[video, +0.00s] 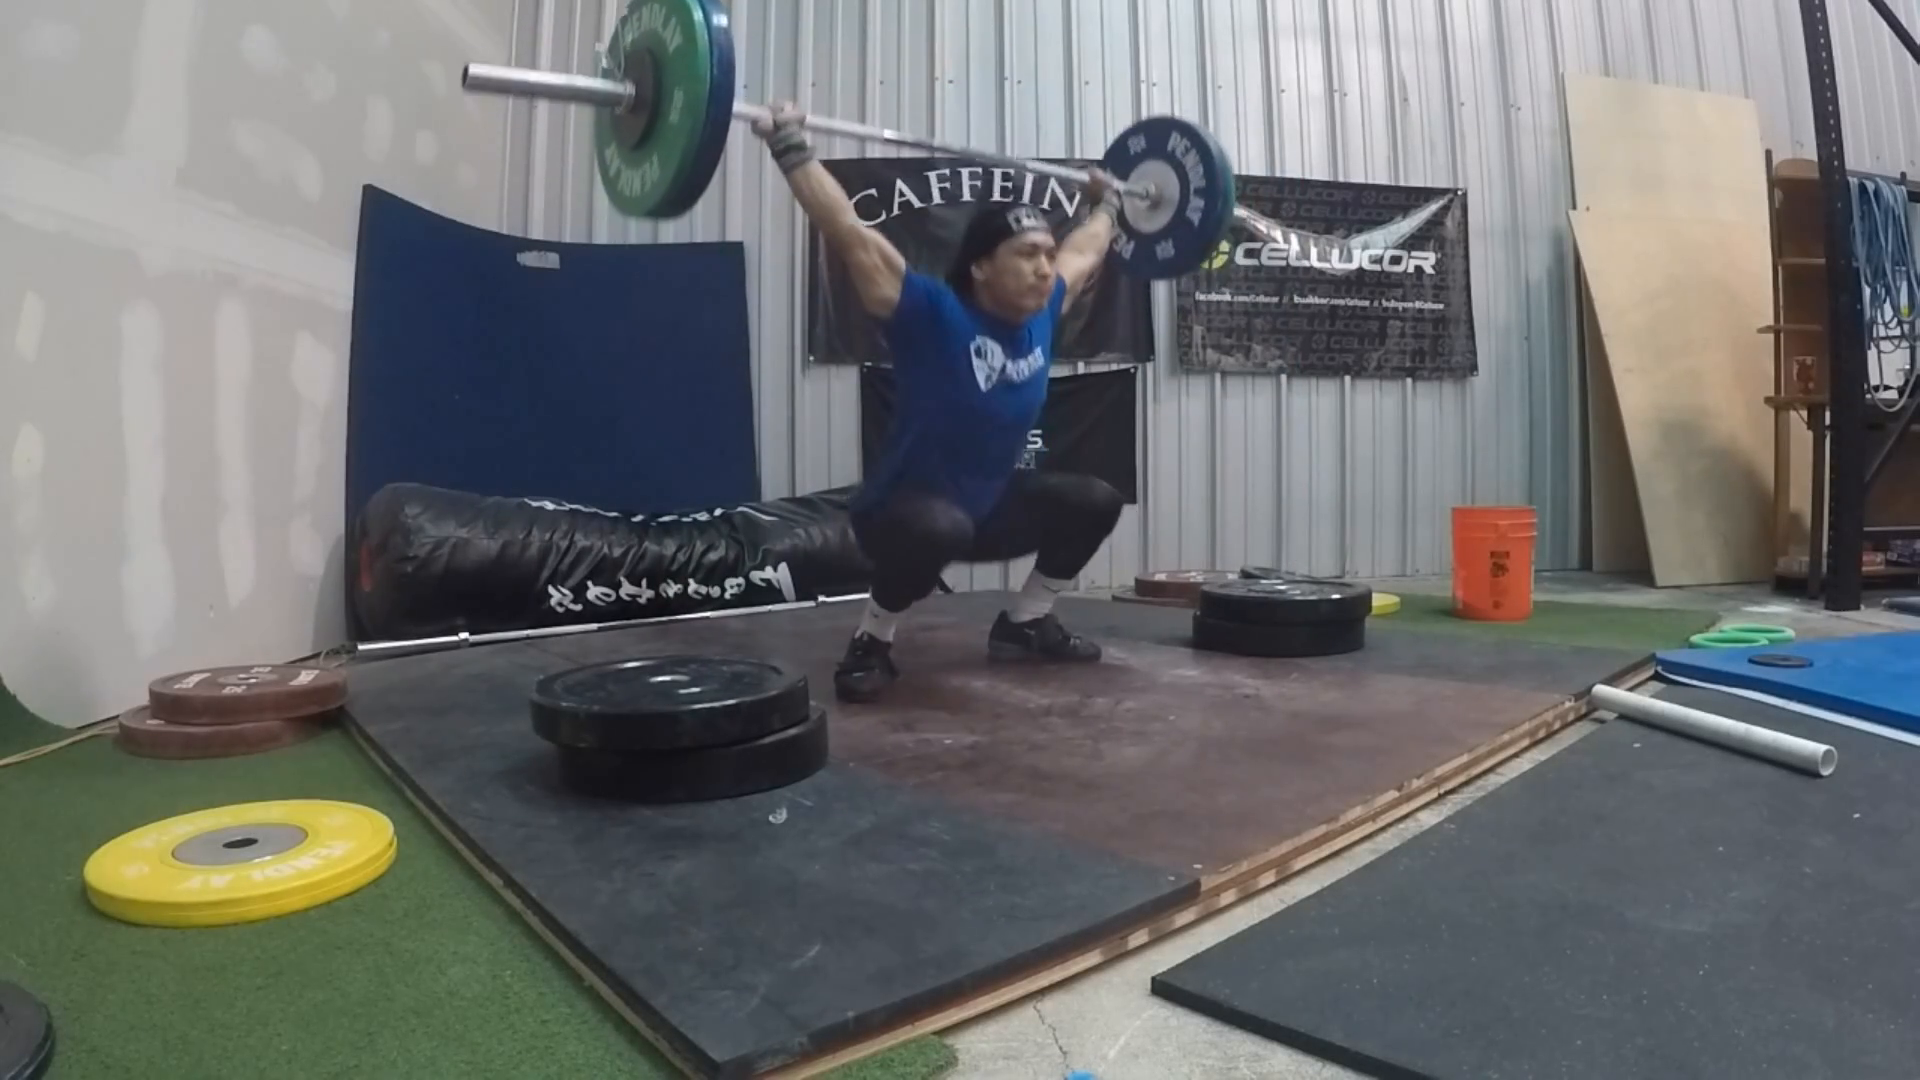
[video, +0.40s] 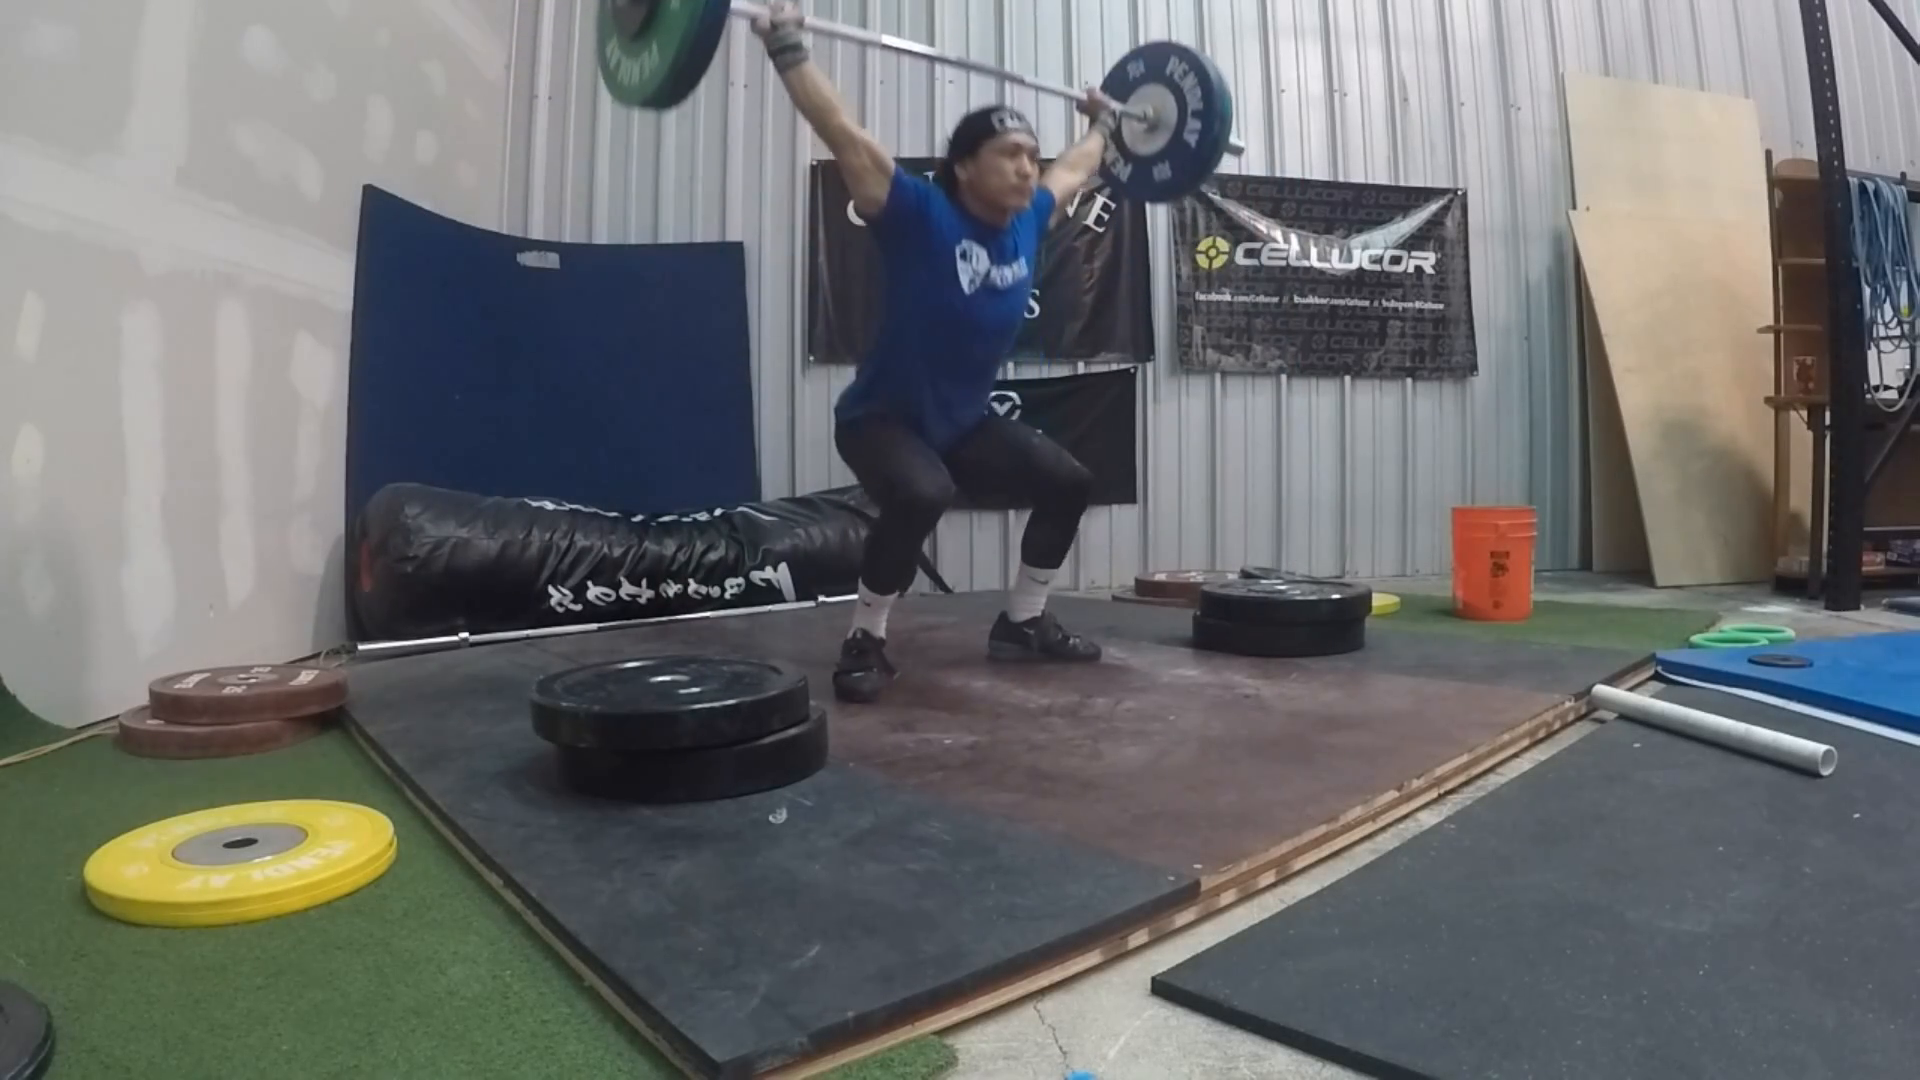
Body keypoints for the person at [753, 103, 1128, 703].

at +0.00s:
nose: (1045, 269)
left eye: (1048, 257)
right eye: (1029, 255)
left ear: (1052, 268)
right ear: (980, 270)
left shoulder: (1039, 312)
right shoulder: (927, 312)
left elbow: (1079, 258)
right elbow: (855, 240)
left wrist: (1107, 208)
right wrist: (793, 153)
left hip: (990, 506)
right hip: (905, 506)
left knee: (1094, 501)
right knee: (939, 526)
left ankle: (1025, 619)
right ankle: (872, 639)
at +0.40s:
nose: (1027, 169)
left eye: (1030, 158)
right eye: (1010, 156)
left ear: (1030, 170)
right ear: (964, 167)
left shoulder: (1028, 218)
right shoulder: (914, 213)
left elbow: (1073, 172)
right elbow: (845, 141)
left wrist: (1103, 128)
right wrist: (788, 47)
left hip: (967, 422)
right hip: (881, 418)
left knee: (1069, 483)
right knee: (922, 495)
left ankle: (1021, 622)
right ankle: (865, 639)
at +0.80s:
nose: (1007, 53)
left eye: (1011, 43)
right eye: (990, 39)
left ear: (1012, 59)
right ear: (944, 51)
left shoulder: (1012, 119)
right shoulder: (901, 102)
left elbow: (1061, 75)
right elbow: (827, 21)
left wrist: (1094, 33)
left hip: (964, 351)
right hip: (882, 341)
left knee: (1032, 462)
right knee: (888, 469)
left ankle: (1020, 619)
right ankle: (863, 636)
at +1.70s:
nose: (889, 84)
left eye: (895, 74)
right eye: (876, 72)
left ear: (899, 79)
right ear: (838, 77)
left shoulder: (917, 141)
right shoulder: (804, 134)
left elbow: (985, 110)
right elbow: (727, 70)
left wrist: (1027, 59)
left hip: (920, 340)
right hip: (846, 339)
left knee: (952, 462)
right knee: (853, 470)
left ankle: (989, 622)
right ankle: (770, 598)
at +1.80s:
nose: (851, 105)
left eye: (858, 96)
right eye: (838, 93)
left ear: (862, 108)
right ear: (800, 101)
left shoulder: (873, 171)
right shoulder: (767, 156)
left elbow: (947, 164)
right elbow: (688, 140)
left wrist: (1005, 124)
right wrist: (697, 60)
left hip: (875, 356)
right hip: (801, 355)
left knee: (918, 470)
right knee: (809, 484)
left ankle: (981, 617)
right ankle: (754, 610)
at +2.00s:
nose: (814, 107)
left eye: (822, 99)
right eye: (803, 95)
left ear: (826, 106)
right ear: (768, 93)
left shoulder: (835, 179)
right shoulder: (729, 149)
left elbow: (879, 252)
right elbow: (670, 213)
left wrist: (946, 278)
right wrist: (682, 252)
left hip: (810, 342)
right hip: (741, 339)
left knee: (875, 440)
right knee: (760, 452)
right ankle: (745, 608)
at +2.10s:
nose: (805, 117)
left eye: (814, 108)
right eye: (795, 104)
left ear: (818, 113)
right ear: (759, 101)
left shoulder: (824, 184)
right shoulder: (717, 158)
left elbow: (843, 265)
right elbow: (667, 228)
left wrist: (885, 323)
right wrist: (685, 293)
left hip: (795, 347)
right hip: (727, 340)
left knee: (820, 457)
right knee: (743, 450)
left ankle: (778, 572)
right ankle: (735, 589)